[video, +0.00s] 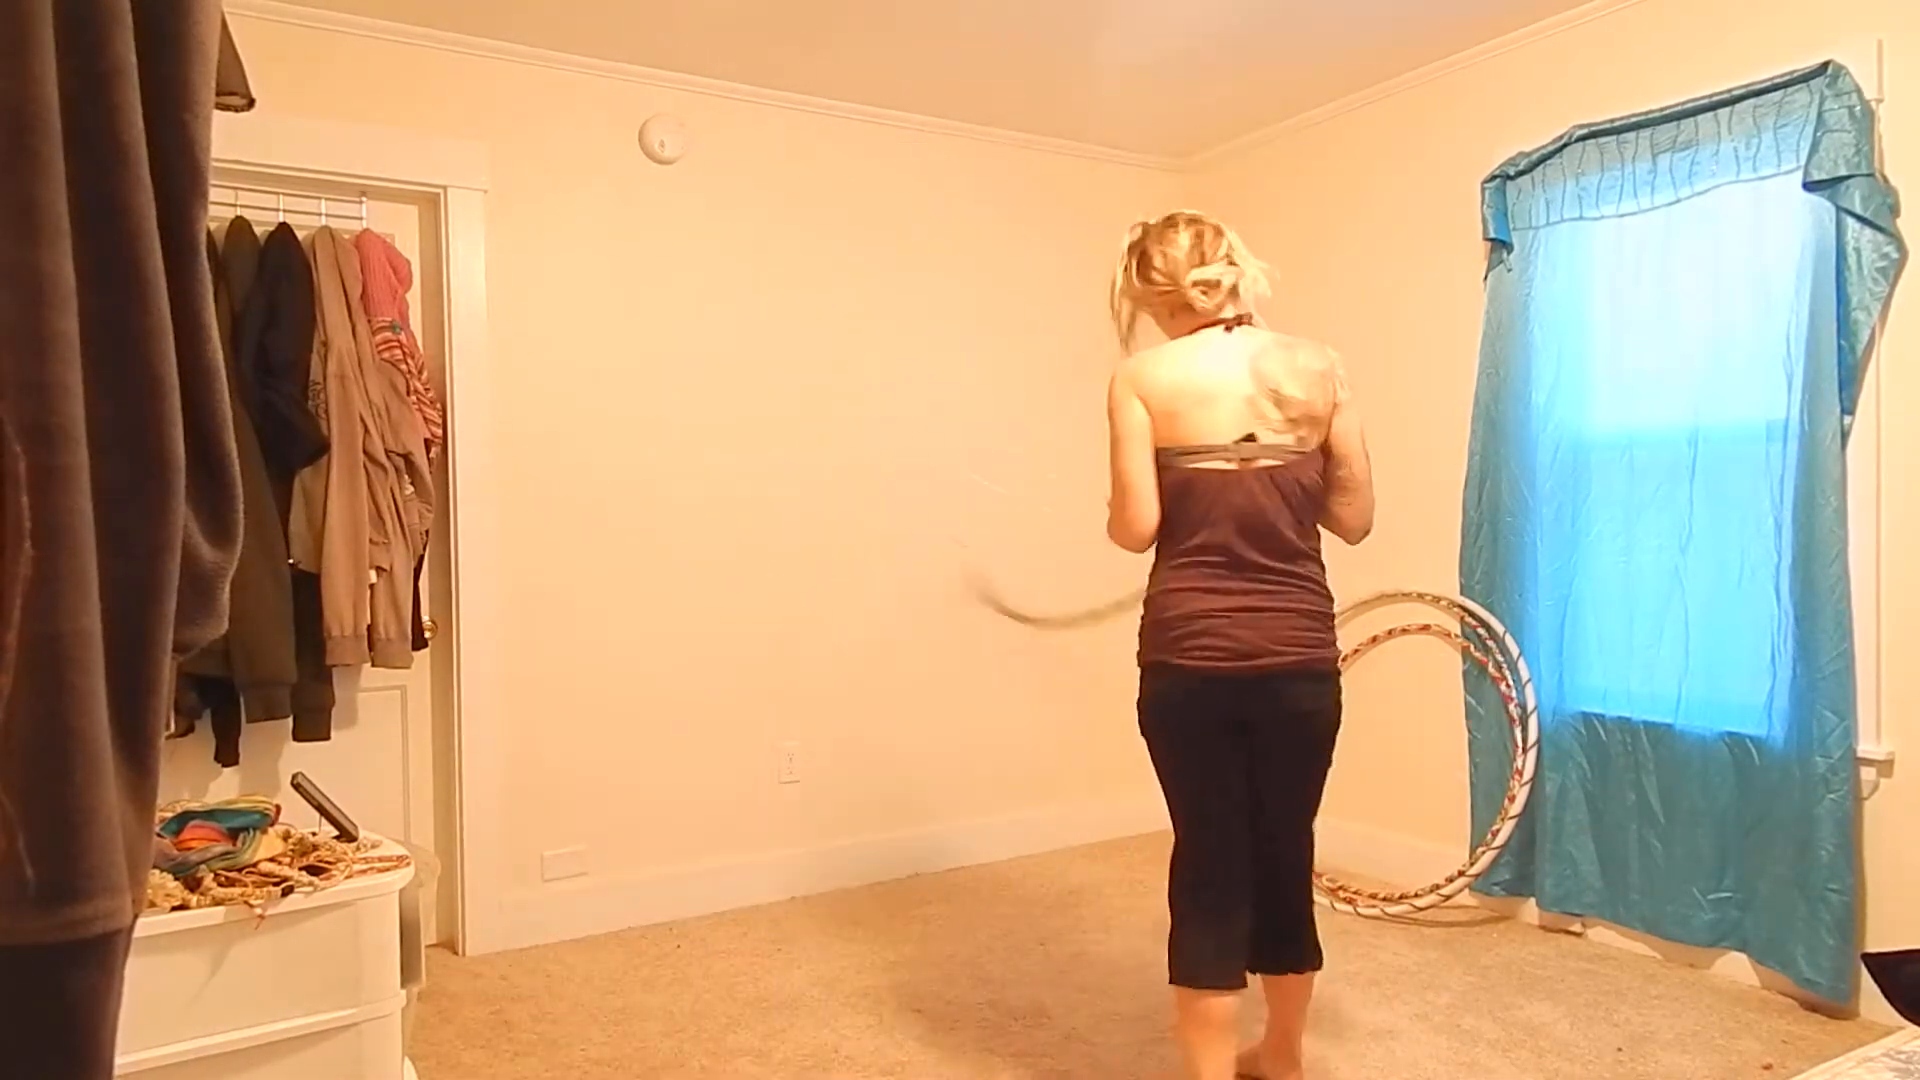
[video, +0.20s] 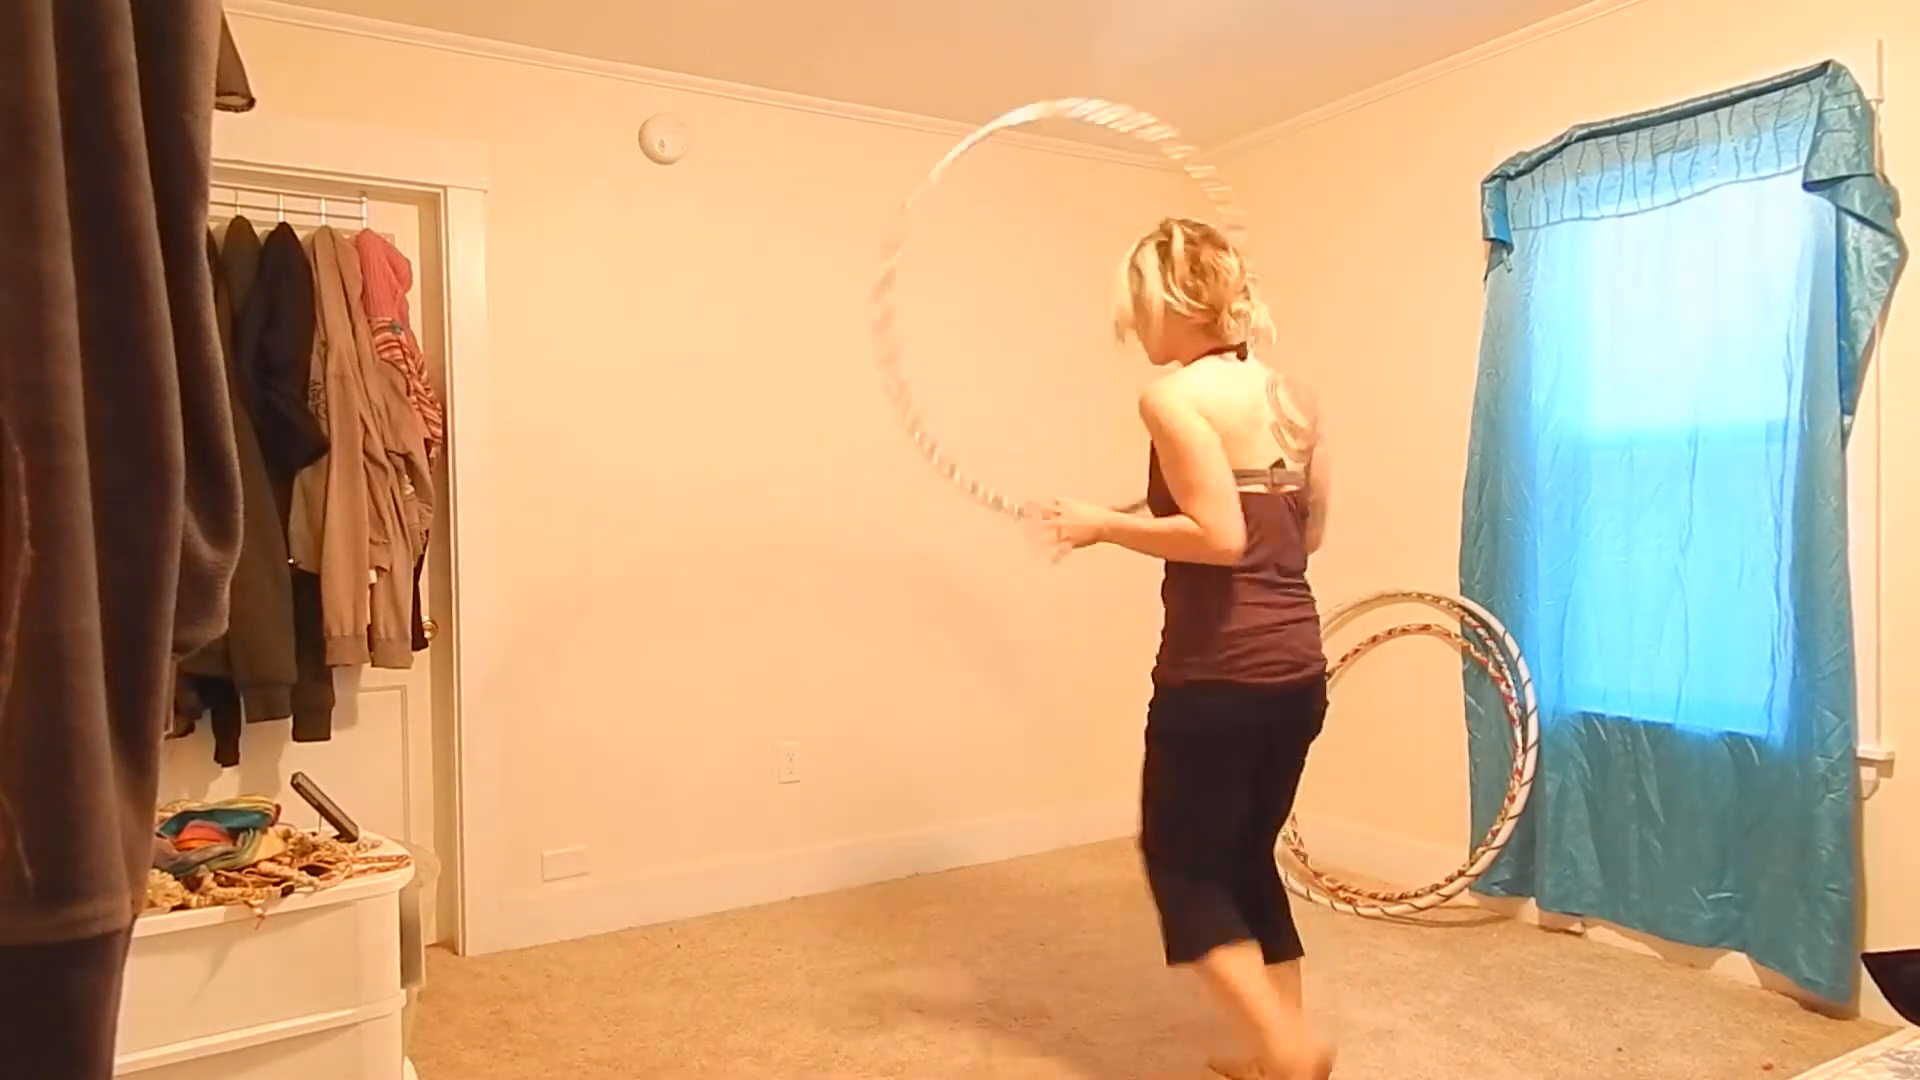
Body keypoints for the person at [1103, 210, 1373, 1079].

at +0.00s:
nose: (1131, 308)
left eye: (1132, 295)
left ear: (1146, 294)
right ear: (1236, 276)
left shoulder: (1141, 375)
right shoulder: (1315, 366)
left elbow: (1136, 526)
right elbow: (1352, 518)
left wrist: (1175, 463)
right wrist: (1283, 459)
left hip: (1189, 669)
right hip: (1299, 667)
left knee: (1206, 861)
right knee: (1286, 853)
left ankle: (1210, 1066)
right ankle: (1283, 1051)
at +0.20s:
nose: (1136, 325)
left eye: (1138, 305)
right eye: (1133, 307)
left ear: (1173, 302)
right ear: (1222, 299)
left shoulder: (1174, 396)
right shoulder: (1285, 392)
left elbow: (1219, 536)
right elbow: (1306, 533)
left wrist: (1105, 526)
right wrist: (1172, 523)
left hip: (1216, 677)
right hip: (1295, 671)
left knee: (1181, 863)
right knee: (1252, 856)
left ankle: (1280, 1044)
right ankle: (1288, 1044)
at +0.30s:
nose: (1133, 339)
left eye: (1138, 319)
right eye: (1131, 321)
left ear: (1181, 315)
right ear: (1211, 314)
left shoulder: (1196, 411)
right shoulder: (1256, 399)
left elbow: (1222, 561)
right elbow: (1222, 512)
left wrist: (1097, 519)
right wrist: (1104, 507)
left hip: (1226, 679)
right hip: (1283, 675)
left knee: (1130, 855)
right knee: (1221, 859)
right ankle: (1283, 1047)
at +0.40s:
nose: (1130, 350)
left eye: (1137, 332)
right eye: (1129, 333)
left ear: (1177, 330)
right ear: (1205, 331)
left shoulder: (1214, 425)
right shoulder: (1232, 420)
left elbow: (1191, 571)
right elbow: (1219, 565)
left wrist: (1097, 488)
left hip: (1234, 692)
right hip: (1248, 688)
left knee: (1076, 817)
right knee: (1199, 888)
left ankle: (1253, 861)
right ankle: (1282, 1050)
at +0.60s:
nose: (1149, 371)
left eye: (1156, 355)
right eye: (1150, 356)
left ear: (1201, 349)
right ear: (1216, 353)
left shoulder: (1253, 434)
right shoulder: (1231, 444)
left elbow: (1113, 502)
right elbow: (1192, 588)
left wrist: (1091, 412)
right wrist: (1091, 601)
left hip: (1197, 701)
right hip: (1189, 697)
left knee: (1021, 801)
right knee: (1160, 894)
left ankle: (1013, 989)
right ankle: (1280, 1046)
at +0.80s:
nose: (1130, 318)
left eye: (1147, 310)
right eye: (1140, 305)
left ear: (1187, 335)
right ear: (1186, 334)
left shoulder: (1162, 418)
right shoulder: (1188, 424)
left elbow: (1039, 464)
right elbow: (1129, 554)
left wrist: (1045, 381)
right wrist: (1036, 582)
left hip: (1139, 684)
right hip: (1164, 679)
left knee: (1022, 832)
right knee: (1161, 873)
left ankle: (922, 1003)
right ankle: (1278, 1039)